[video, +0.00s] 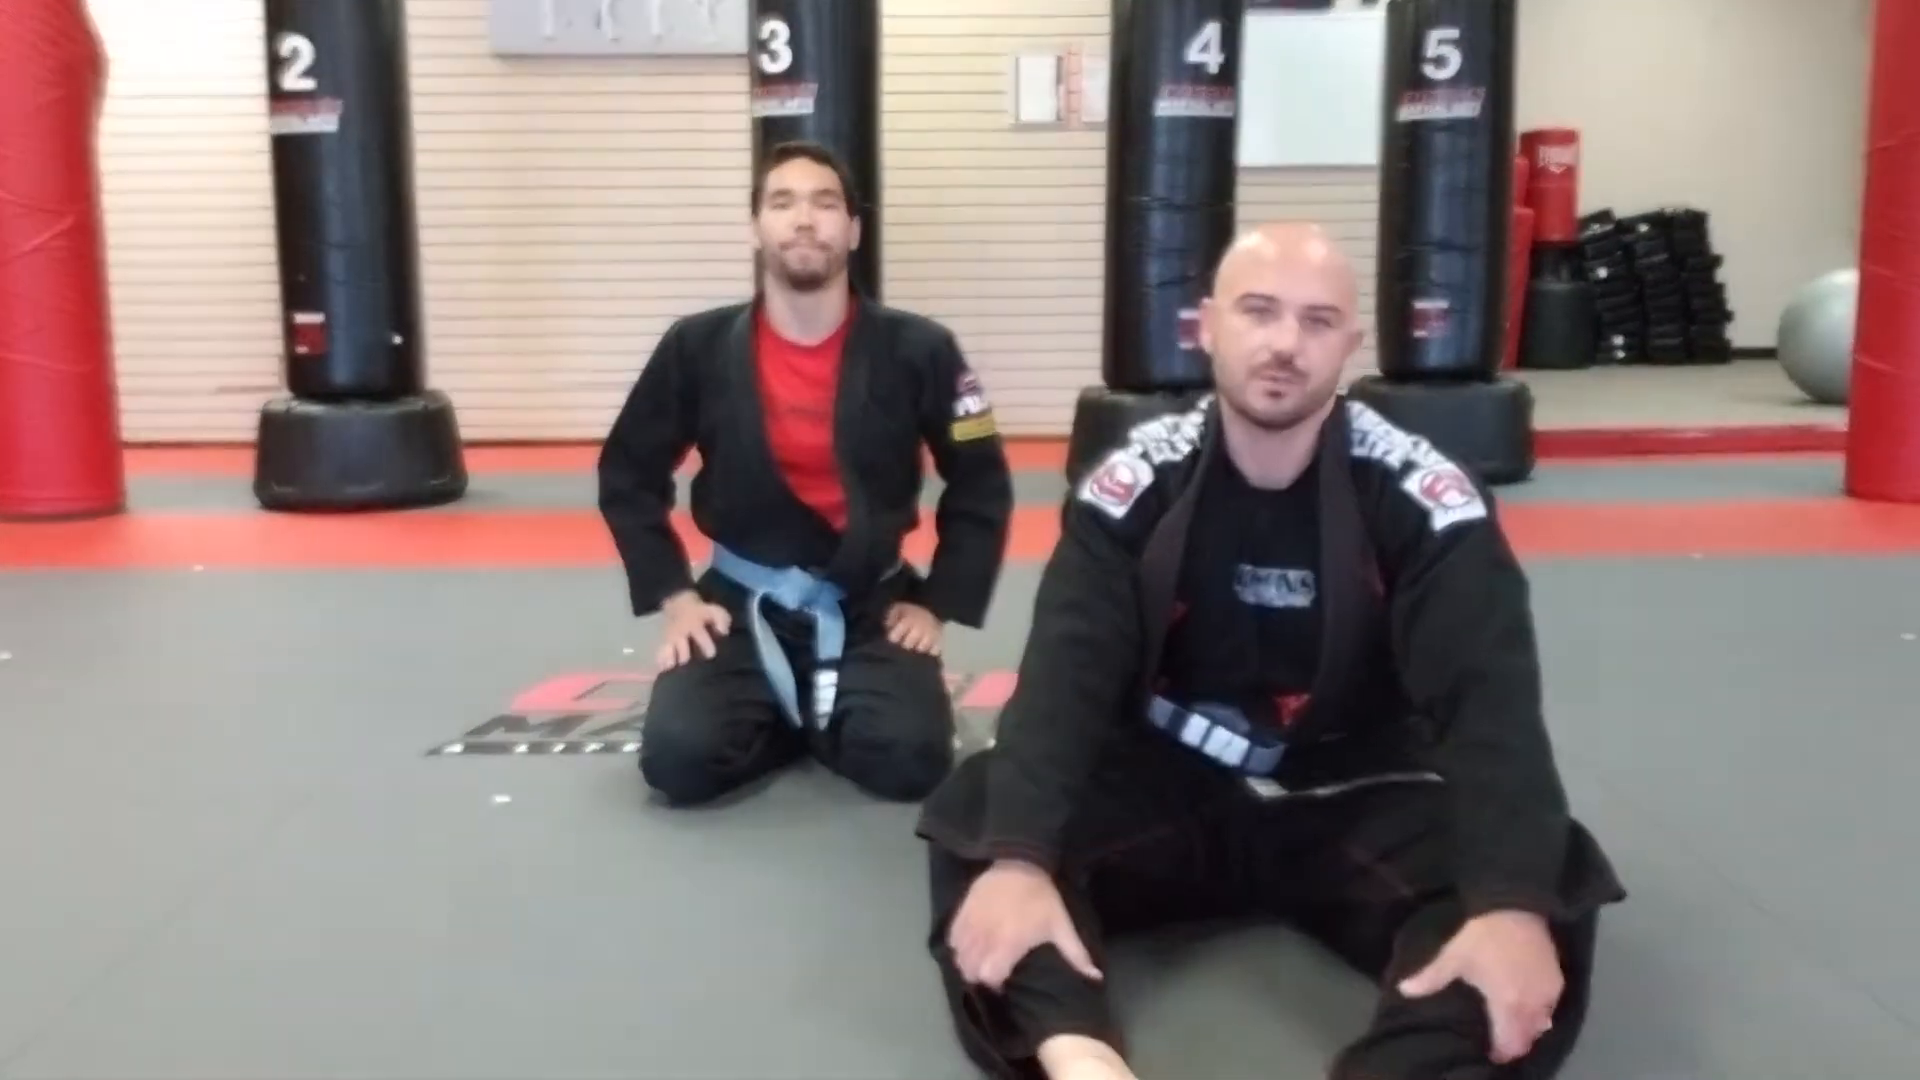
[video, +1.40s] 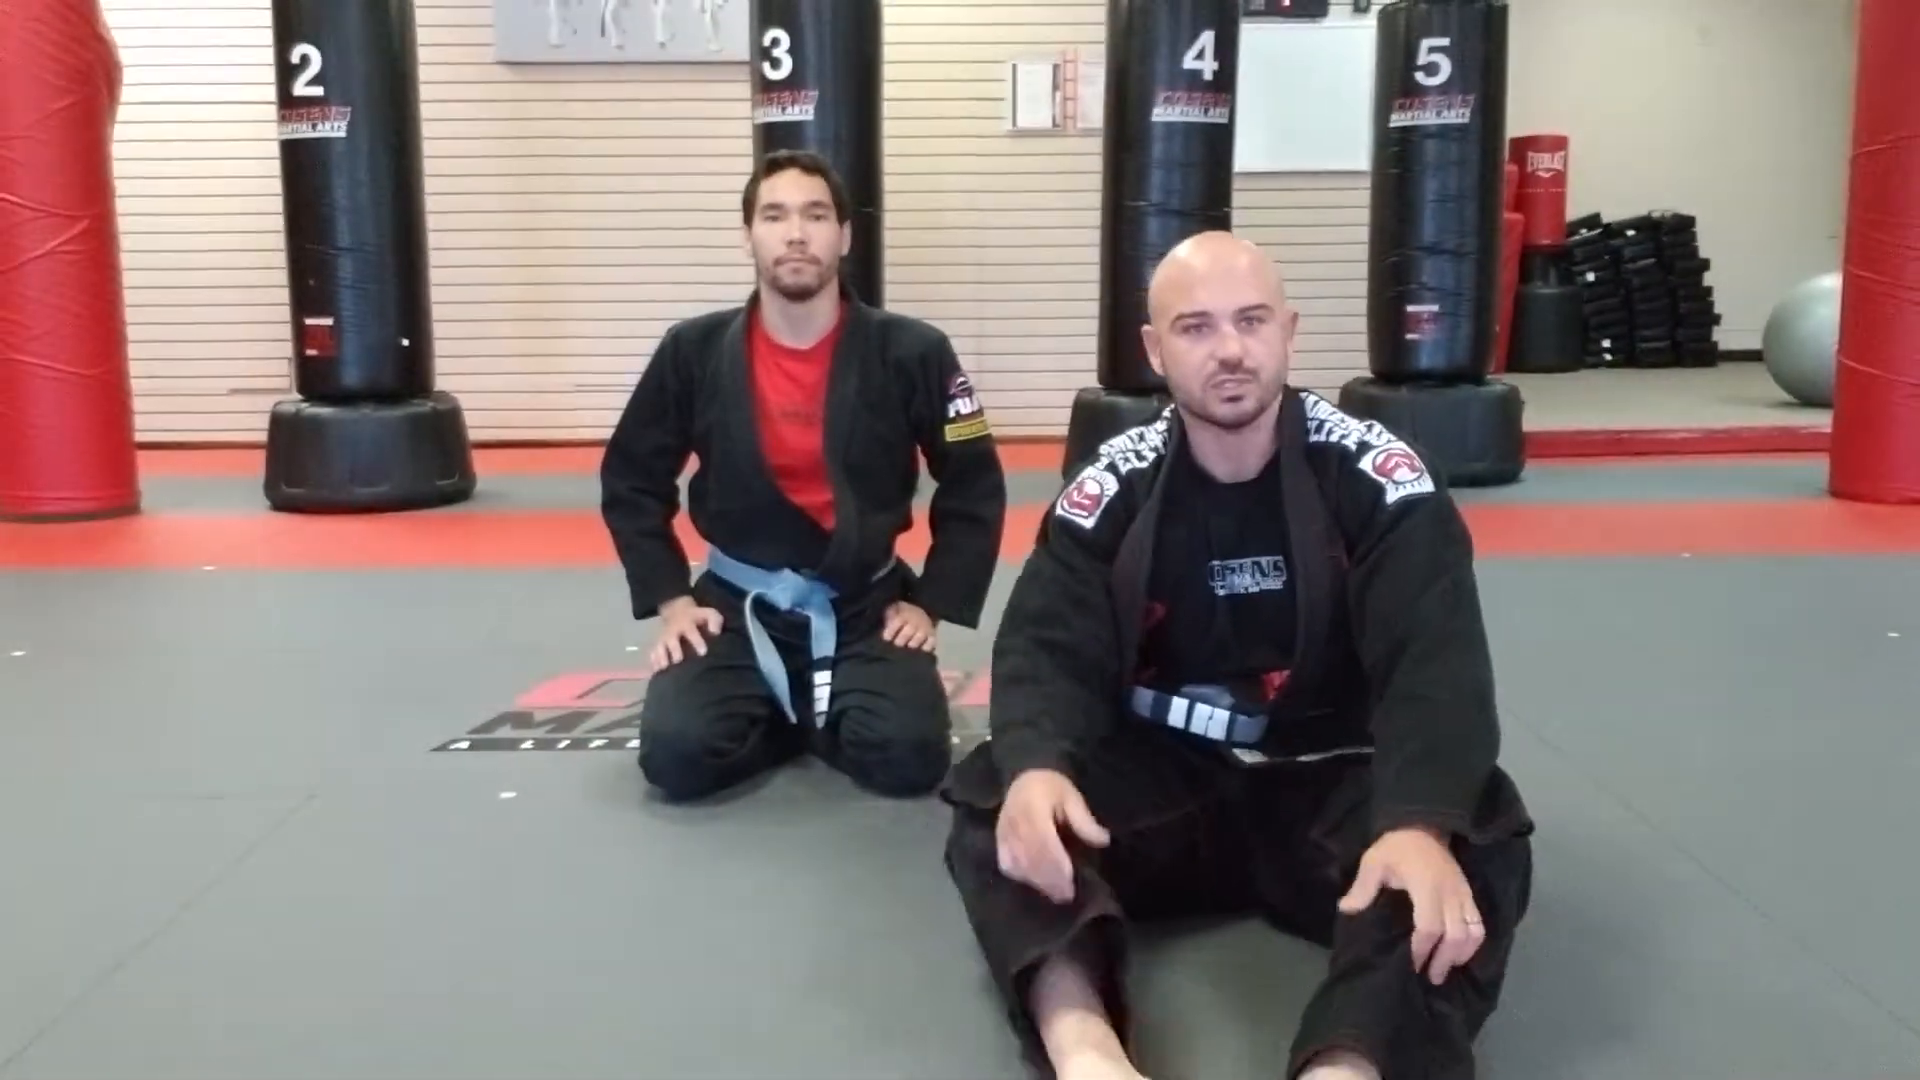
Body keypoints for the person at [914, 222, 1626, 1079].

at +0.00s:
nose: (1285, 344)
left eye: (1317, 323)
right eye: (1258, 312)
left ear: (1351, 347)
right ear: (1205, 328)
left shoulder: (1419, 490)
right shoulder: (1136, 479)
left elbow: (1487, 701)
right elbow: (1065, 675)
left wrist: (1511, 905)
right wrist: (1017, 858)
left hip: (1356, 815)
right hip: (1163, 800)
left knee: (1540, 877)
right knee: (979, 812)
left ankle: (1404, 1059)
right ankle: (1080, 1059)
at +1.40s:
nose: (1230, 350)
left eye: (1253, 320)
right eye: (1198, 329)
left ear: (1289, 331)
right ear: (1155, 351)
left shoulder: (1374, 470)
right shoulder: (1116, 479)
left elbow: (1435, 659)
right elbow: (1047, 641)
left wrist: (1416, 823)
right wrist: (1033, 765)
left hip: (1330, 794)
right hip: (1151, 784)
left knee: (1466, 833)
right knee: (995, 791)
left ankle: (1346, 1064)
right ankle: (1084, 1052)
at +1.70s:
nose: (1243, 320)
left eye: (1268, 298)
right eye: (1212, 302)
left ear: (1305, 324)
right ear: (1172, 336)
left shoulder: (1389, 464)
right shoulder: (1121, 476)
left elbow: (1498, 633)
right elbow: (1026, 638)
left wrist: (1548, 808)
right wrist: (935, 751)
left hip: (1326, 772)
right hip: (1162, 766)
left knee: (1403, 769)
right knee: (1044, 741)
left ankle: (1304, 1058)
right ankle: (1116, 1046)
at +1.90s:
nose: (1228, 331)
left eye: (1250, 306)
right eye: (1198, 313)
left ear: (1288, 322)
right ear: (1160, 341)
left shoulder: (1380, 464)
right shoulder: (1113, 471)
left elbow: (1493, 659)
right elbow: (1007, 626)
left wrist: (1534, 865)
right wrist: (931, 779)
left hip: (1341, 769)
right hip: (1172, 762)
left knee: (1318, 738)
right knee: (1045, 704)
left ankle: (1260, 1047)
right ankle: (1055, 1012)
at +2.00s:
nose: (1210, 350)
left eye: (1229, 321)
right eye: (1177, 332)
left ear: (1266, 322)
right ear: (1142, 352)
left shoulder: (1362, 453)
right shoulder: (1102, 467)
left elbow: (1491, 631)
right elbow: (986, 612)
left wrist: (1499, 854)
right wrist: (927, 777)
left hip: (1345, 777)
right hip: (1163, 768)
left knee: (1265, 723)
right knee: (1028, 716)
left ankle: (1202, 1029)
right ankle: (984, 996)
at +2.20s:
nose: (1138, 384)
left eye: (1158, 347)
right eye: (1105, 364)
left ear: (1205, 334)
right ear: (1076, 374)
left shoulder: (1308, 455)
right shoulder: (1044, 475)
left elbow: (1446, 637)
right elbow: (943, 616)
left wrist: (1436, 861)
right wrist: (914, 804)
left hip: (1317, 784)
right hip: (1126, 765)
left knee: (1202, 726)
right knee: (978, 785)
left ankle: (1069, 1016)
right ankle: (849, 1015)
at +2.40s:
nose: (1079, 379)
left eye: (1101, 340)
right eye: (1044, 354)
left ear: (1153, 325)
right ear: (1011, 358)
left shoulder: (1272, 459)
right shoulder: (974, 477)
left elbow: (1394, 666)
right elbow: (926, 682)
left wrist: (1435, 870)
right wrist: (914, 883)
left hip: (1293, 785)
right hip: (1093, 774)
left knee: (1199, 700)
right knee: (905, 792)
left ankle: (1044, 1041)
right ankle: (810, 1037)